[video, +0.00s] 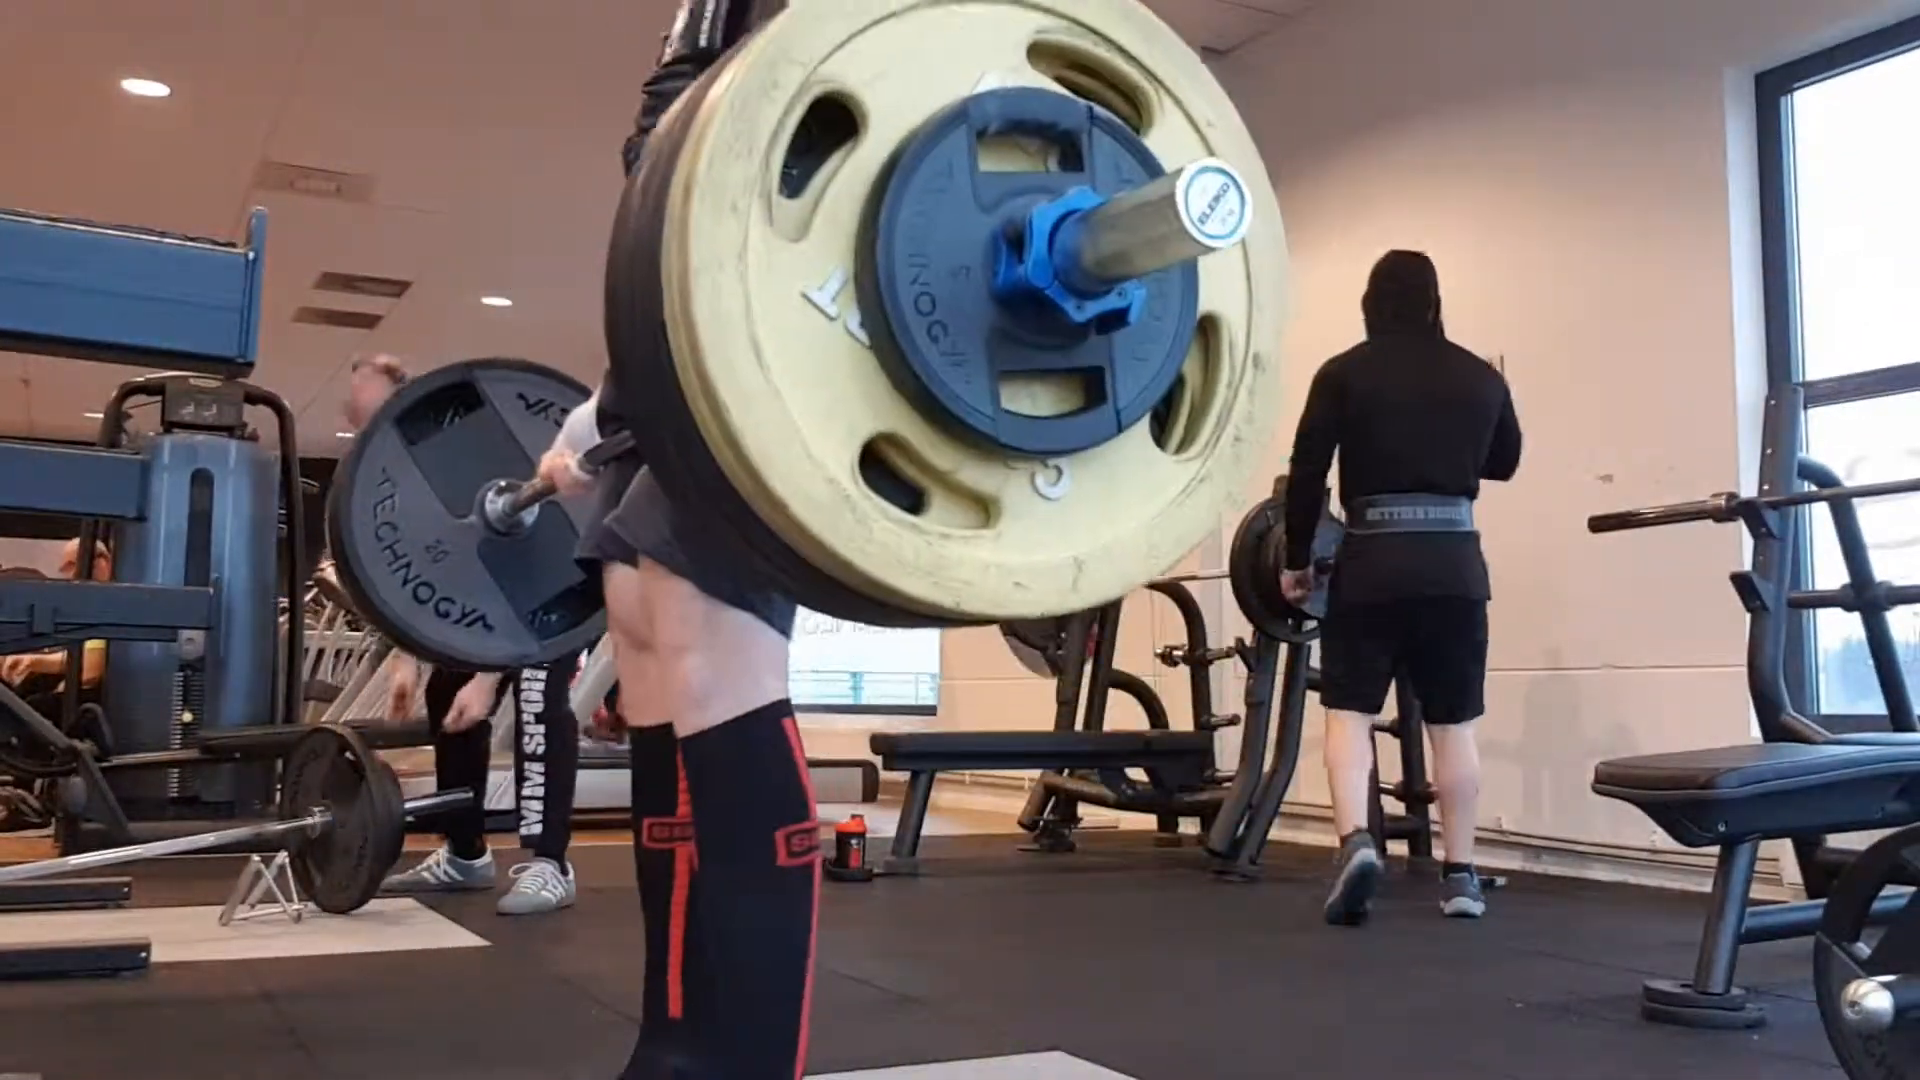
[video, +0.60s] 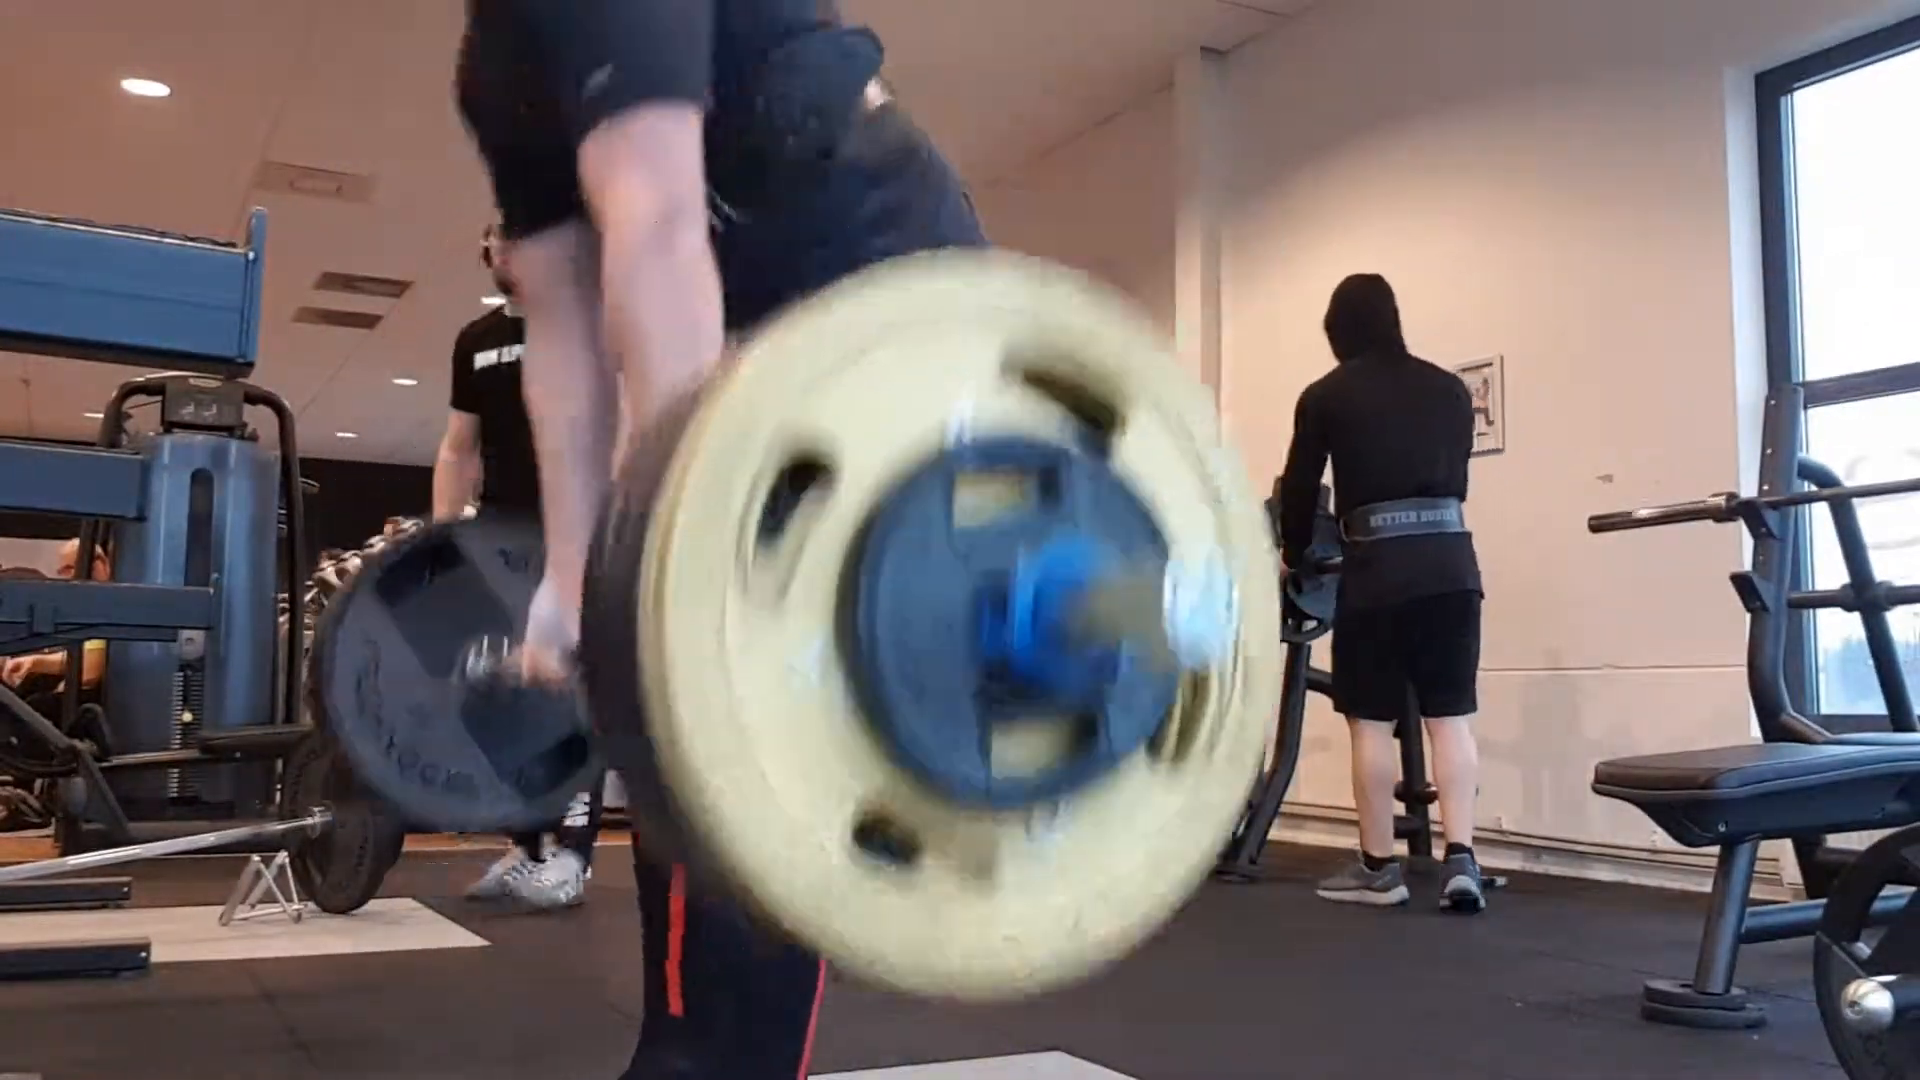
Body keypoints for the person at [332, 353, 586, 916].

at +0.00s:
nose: (356, 424)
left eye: (363, 410)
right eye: (354, 413)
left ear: (398, 395)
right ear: (365, 410)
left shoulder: (460, 444)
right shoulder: (392, 461)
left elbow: (515, 564)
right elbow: (419, 562)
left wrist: (490, 674)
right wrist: (406, 651)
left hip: (538, 589)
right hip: (471, 595)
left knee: (540, 701)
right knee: (450, 696)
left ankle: (549, 862)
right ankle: (465, 853)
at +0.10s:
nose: (388, 393)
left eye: (392, 377)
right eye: (380, 381)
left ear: (423, 361)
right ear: (380, 376)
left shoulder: (488, 416)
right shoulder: (407, 432)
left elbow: (530, 531)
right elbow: (408, 543)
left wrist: (506, 645)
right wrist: (420, 629)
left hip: (553, 584)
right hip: (479, 594)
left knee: (545, 703)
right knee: (465, 694)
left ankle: (549, 862)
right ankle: (467, 855)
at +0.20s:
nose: (400, 343)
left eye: (408, 328)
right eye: (394, 330)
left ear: (448, 320)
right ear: (410, 326)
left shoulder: (531, 378)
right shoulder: (423, 401)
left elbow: (579, 468)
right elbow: (405, 513)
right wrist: (417, 607)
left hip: (554, 577)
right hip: (473, 585)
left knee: (550, 711)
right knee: (473, 706)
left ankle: (551, 863)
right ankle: (466, 856)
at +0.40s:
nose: (453, 269)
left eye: (466, 256)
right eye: (451, 257)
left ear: (508, 265)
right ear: (465, 270)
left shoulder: (560, 335)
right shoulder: (466, 349)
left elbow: (585, 438)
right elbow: (474, 448)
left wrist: (556, 518)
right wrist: (458, 534)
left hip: (557, 543)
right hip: (490, 545)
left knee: (556, 693)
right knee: (488, 690)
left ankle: (553, 858)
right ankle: (513, 841)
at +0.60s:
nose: (504, 253)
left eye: (515, 240)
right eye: (497, 243)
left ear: (544, 248)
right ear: (490, 259)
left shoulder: (587, 328)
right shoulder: (480, 338)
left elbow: (621, 426)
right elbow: (460, 448)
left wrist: (613, 519)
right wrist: (444, 539)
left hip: (585, 531)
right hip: (510, 534)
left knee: (578, 684)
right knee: (515, 681)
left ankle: (571, 855)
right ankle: (527, 848)